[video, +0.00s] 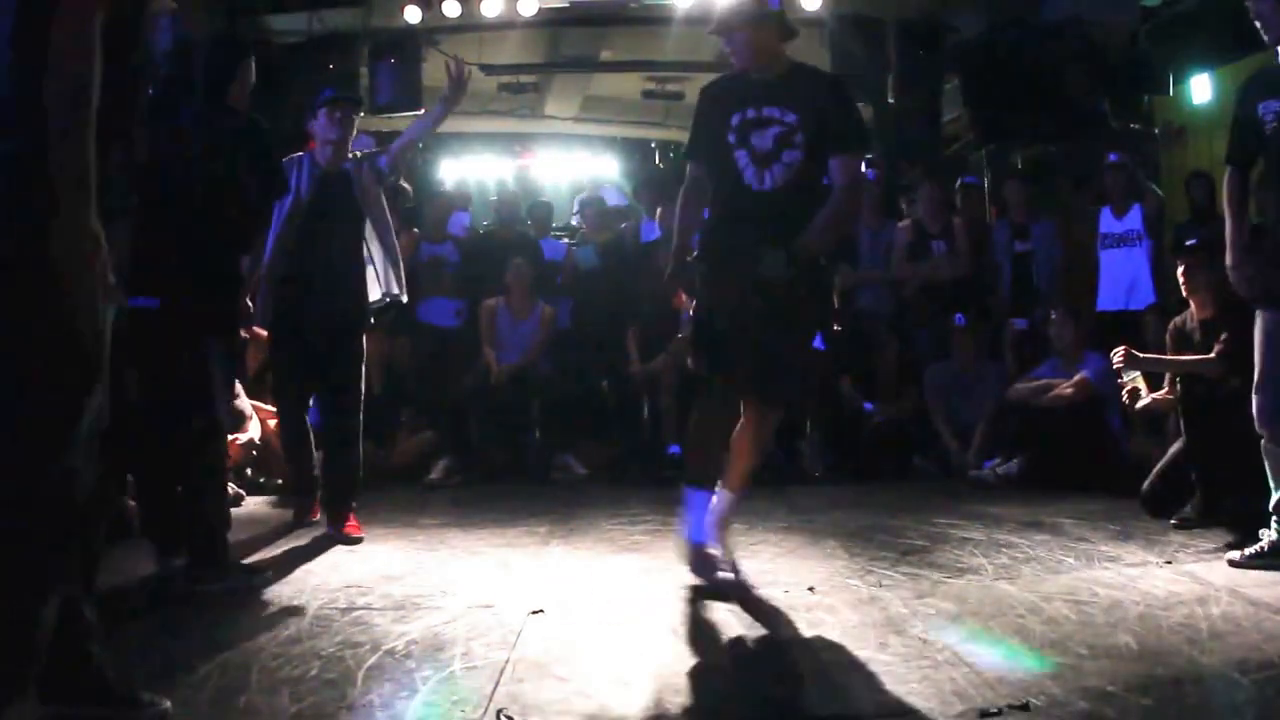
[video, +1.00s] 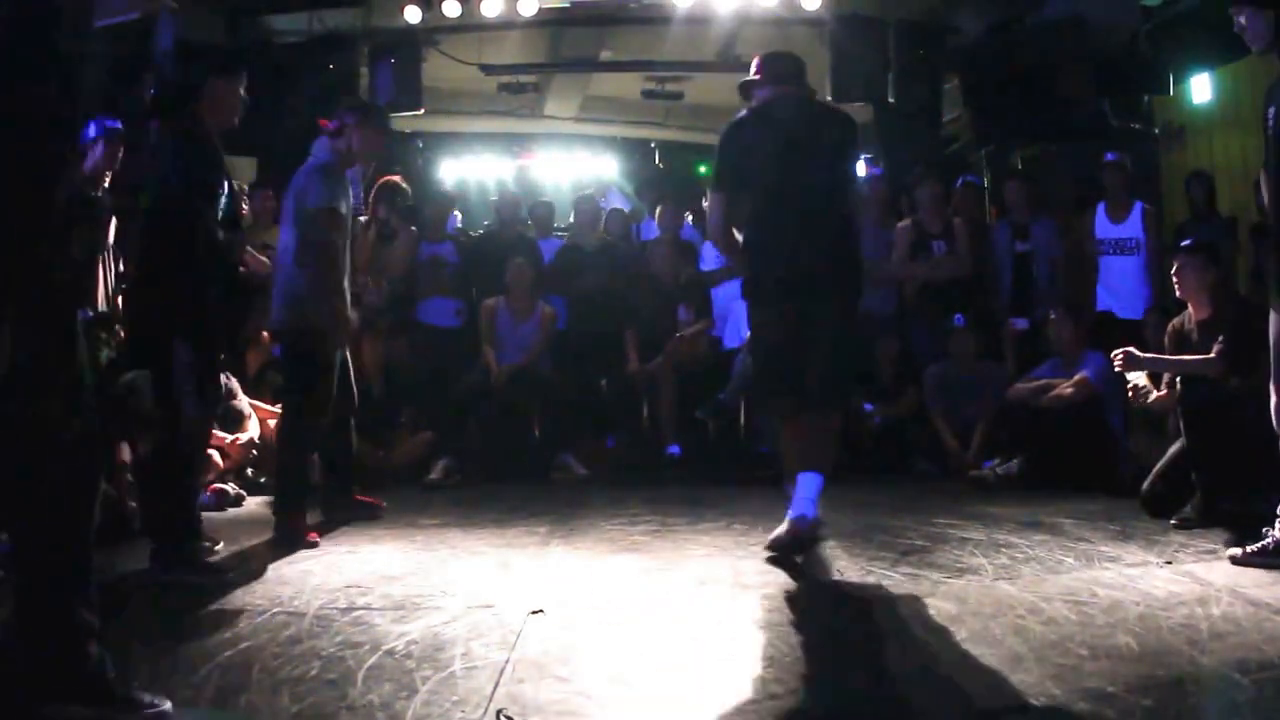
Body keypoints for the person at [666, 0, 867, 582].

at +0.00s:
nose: (729, 45)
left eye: (737, 33)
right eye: (725, 36)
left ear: (771, 31)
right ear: (731, 40)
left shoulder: (823, 91)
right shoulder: (717, 95)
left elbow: (848, 188)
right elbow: (695, 186)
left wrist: (809, 247)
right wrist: (676, 259)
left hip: (794, 266)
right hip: (724, 262)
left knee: (765, 402)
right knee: (716, 388)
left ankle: (715, 527)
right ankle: (695, 527)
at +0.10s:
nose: (738, 61)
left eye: (746, 48)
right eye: (733, 52)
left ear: (779, 46)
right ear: (732, 55)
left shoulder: (825, 111)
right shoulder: (723, 113)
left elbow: (838, 214)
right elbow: (698, 207)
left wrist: (799, 274)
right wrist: (689, 277)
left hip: (791, 273)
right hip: (723, 267)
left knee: (773, 405)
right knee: (717, 374)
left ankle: (748, 532)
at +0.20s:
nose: (727, 62)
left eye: (734, 48)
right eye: (722, 53)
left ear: (767, 42)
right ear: (727, 55)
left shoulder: (819, 105)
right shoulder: (723, 117)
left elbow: (841, 203)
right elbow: (701, 212)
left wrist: (808, 258)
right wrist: (714, 263)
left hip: (800, 276)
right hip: (739, 276)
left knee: (771, 400)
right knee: (735, 390)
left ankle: (749, 529)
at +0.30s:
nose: (704, 50)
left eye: (704, 34)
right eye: (699, 42)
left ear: (733, 19)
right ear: (716, 40)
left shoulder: (803, 65)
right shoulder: (723, 103)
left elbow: (835, 160)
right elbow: (718, 190)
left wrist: (790, 230)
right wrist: (736, 223)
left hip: (816, 239)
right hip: (757, 245)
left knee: (791, 375)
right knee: (725, 348)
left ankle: (771, 520)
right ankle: (787, 424)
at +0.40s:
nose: (702, 55)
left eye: (702, 40)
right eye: (697, 47)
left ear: (732, 26)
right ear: (729, 37)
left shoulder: (791, 68)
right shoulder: (740, 105)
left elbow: (824, 153)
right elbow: (758, 183)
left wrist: (780, 236)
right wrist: (742, 239)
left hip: (822, 249)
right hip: (776, 253)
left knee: (829, 379)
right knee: (770, 373)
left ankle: (851, 525)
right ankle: (822, 507)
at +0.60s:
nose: (711, 98)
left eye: (709, 86)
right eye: (706, 88)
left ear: (730, 73)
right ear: (753, 69)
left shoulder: (750, 106)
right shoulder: (805, 107)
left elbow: (752, 199)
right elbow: (820, 198)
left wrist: (753, 268)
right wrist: (751, 252)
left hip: (807, 271)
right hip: (846, 267)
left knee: (765, 382)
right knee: (832, 388)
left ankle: (844, 489)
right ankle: (840, 525)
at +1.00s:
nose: (751, 95)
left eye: (753, 87)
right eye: (752, 88)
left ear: (761, 85)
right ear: (802, 83)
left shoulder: (741, 129)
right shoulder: (839, 123)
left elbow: (716, 224)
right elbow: (853, 199)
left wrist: (744, 258)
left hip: (771, 275)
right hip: (833, 271)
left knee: (784, 392)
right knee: (825, 389)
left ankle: (802, 512)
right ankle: (802, 510)